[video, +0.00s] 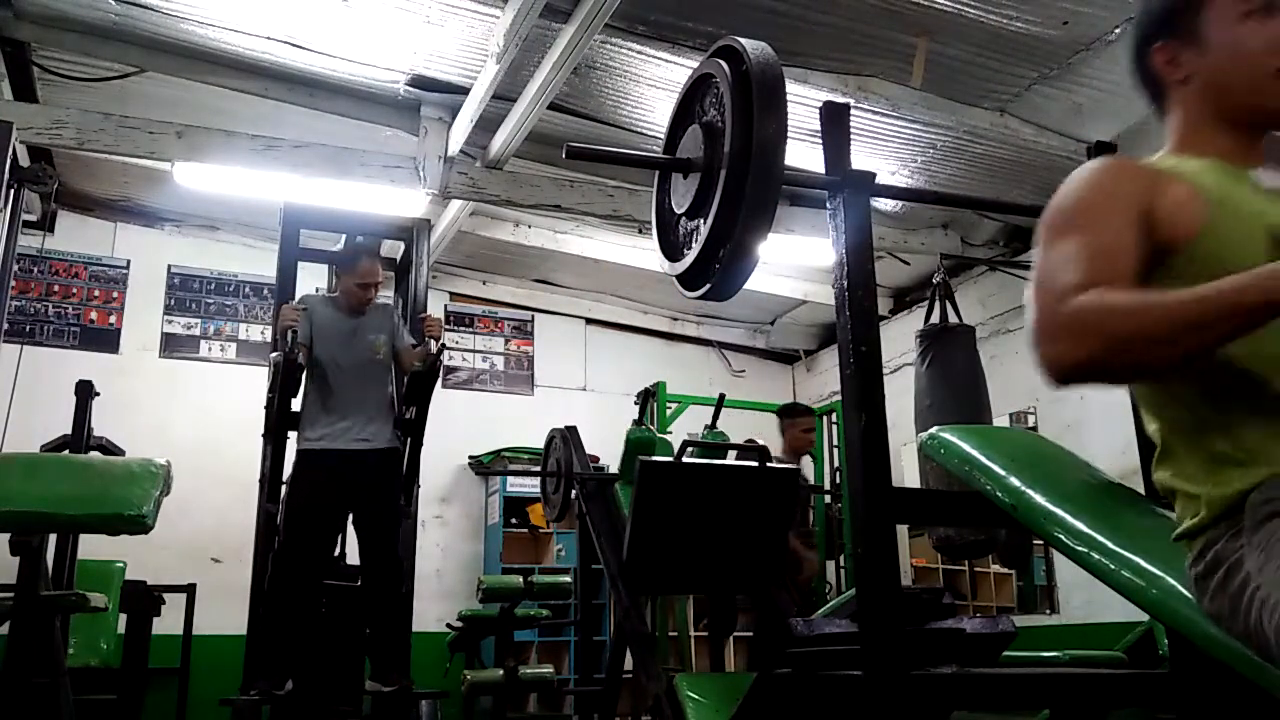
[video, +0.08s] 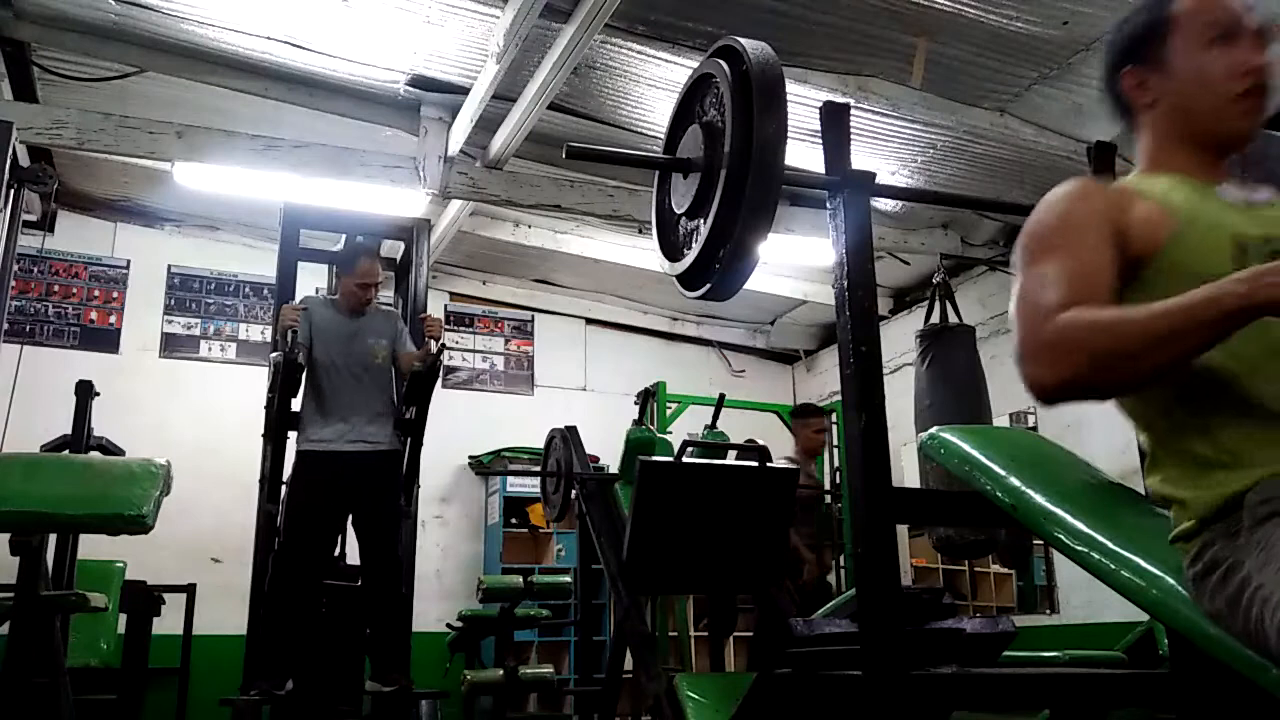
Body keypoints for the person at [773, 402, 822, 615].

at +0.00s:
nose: (813, 438)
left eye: (813, 431)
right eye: (806, 431)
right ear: (787, 432)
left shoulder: (799, 477)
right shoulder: (777, 476)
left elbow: (800, 527)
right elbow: (779, 529)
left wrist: (806, 555)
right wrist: (805, 555)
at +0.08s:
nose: (824, 439)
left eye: (825, 432)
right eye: (817, 432)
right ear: (797, 432)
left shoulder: (815, 474)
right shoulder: (786, 472)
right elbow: (785, 525)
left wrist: (826, 557)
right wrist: (806, 559)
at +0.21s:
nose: (844, 436)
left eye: (845, 430)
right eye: (838, 430)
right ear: (819, 432)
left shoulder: (835, 474)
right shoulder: (802, 468)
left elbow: (836, 522)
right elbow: (794, 521)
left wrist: (842, 557)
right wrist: (812, 560)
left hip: (835, 562)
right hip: (809, 564)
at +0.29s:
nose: (848, 430)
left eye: (849, 424)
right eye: (842, 424)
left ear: (850, 426)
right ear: (829, 427)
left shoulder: (847, 463)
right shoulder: (815, 462)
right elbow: (797, 514)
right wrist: (821, 556)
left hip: (849, 553)